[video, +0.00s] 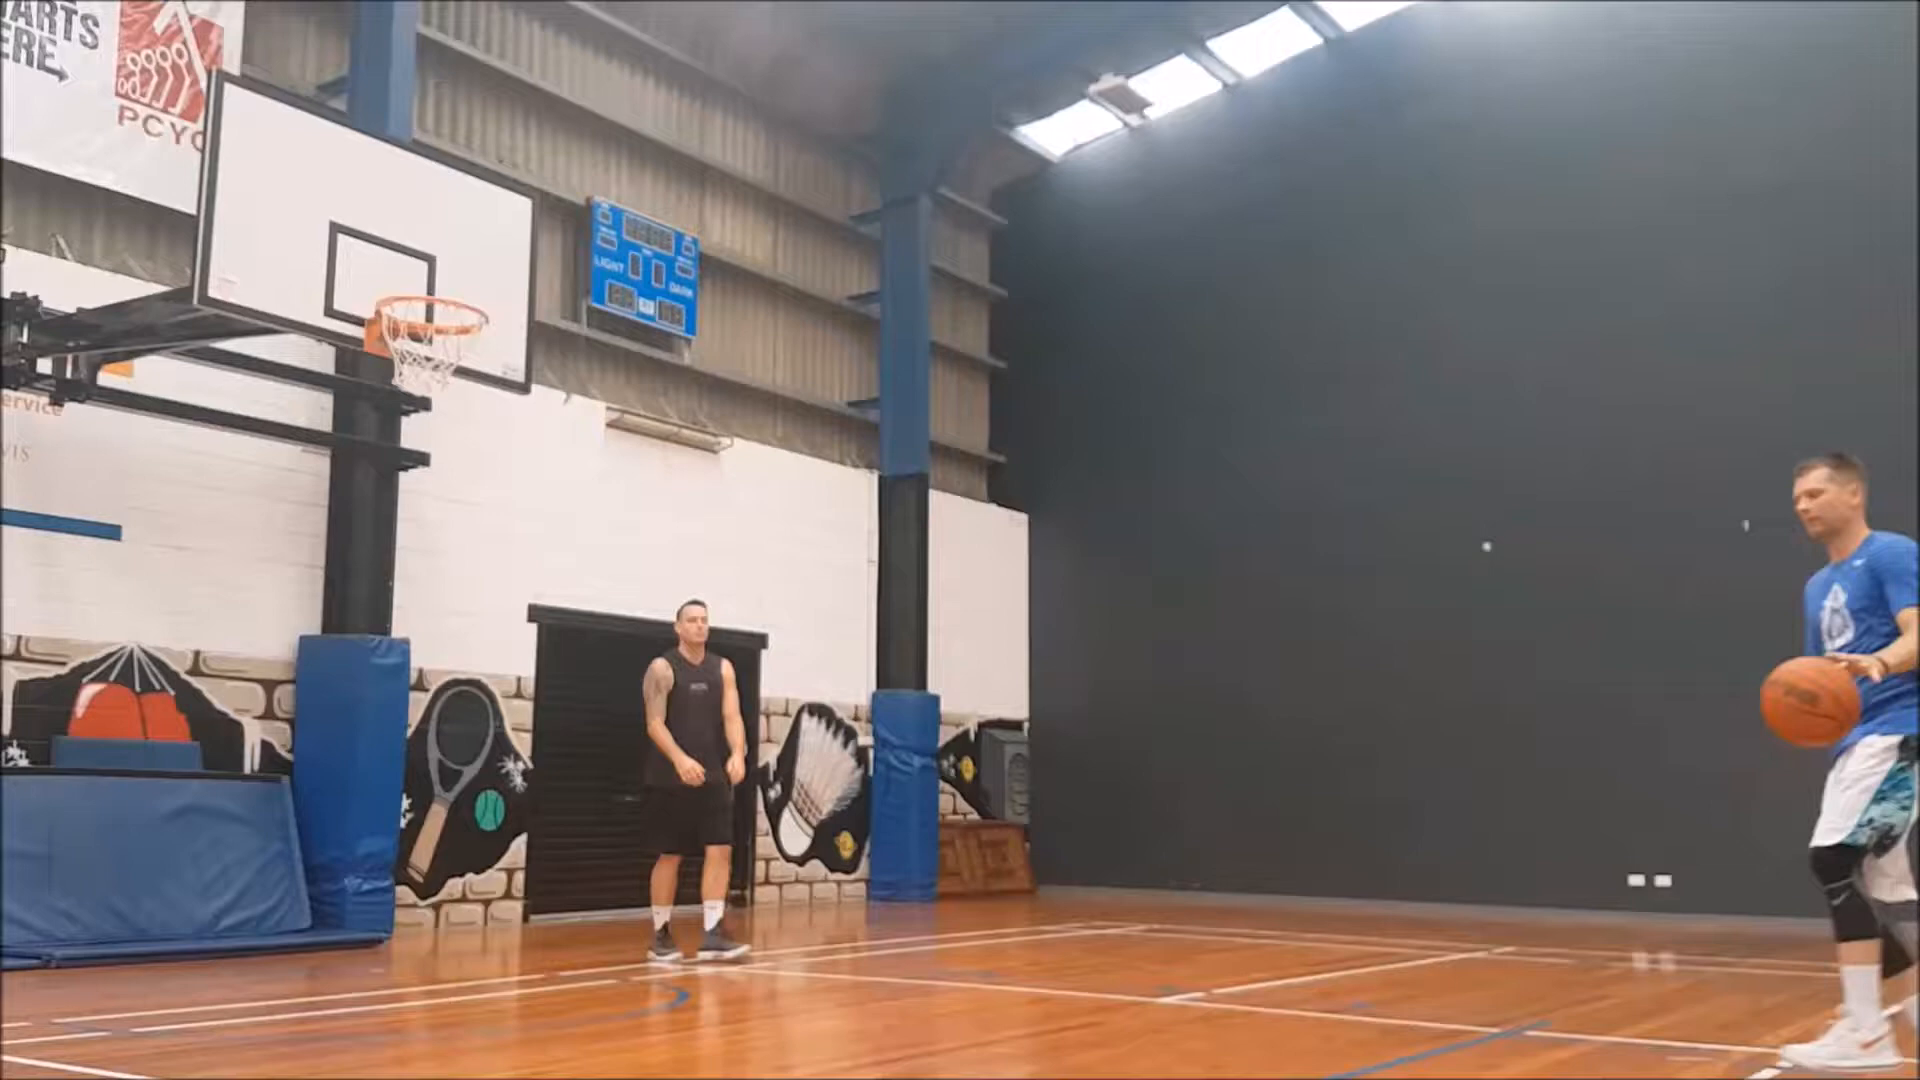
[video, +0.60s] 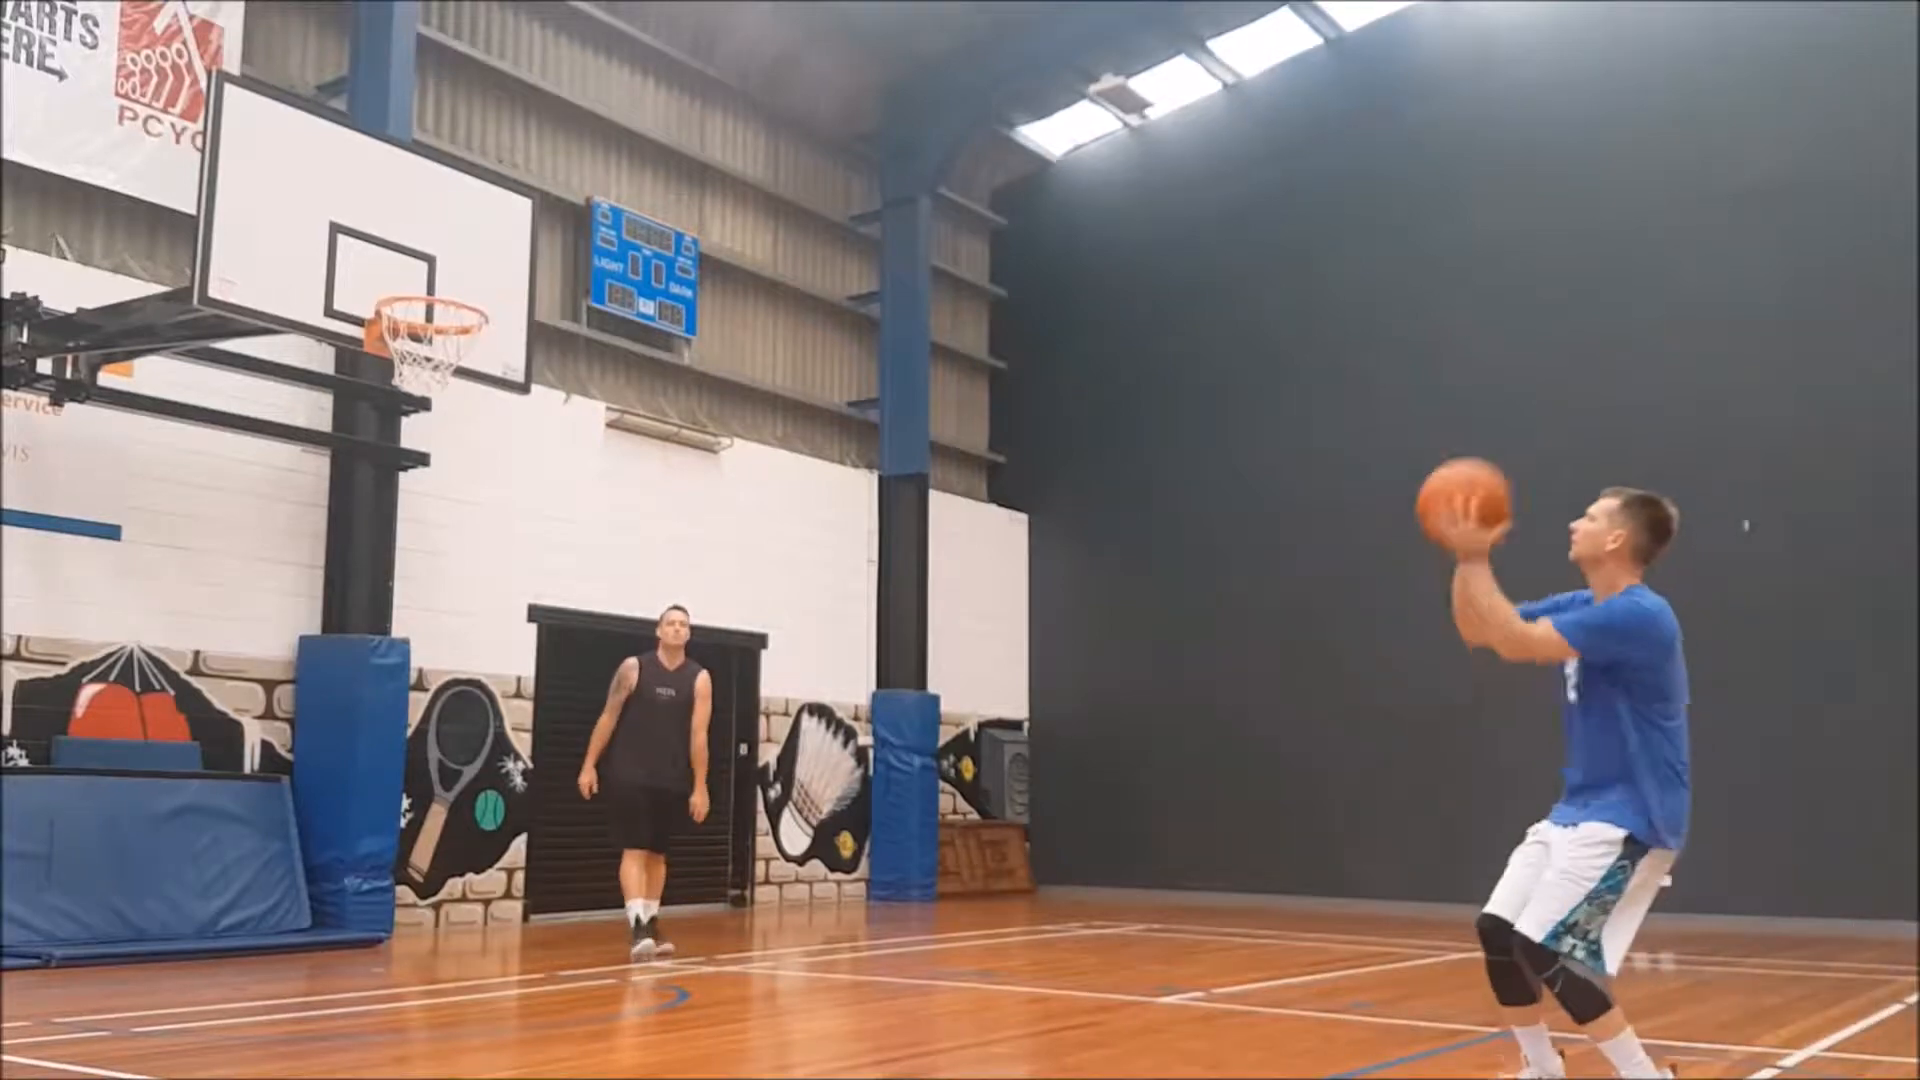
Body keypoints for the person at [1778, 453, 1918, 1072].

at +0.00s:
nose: (1803, 507)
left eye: (1815, 494)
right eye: (1799, 499)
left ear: (1854, 497)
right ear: (1801, 512)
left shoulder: (1893, 553)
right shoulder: (1817, 587)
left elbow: (1917, 638)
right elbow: (1825, 671)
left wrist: (1881, 662)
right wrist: (1803, 696)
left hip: (1898, 731)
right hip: (1865, 738)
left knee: (1834, 857)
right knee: (1886, 894)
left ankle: (1865, 1027)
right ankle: (1915, 1015)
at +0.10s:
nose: (1767, 521)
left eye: (1779, 509)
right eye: (1763, 513)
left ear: (1819, 512)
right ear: (1764, 525)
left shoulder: (1857, 570)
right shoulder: (1786, 603)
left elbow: (1904, 653)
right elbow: (1811, 682)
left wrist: (1884, 666)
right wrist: (1765, 713)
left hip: (1872, 751)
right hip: (1830, 758)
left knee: (1796, 877)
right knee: (1826, 922)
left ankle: (1785, 1046)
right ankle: (1905, 1059)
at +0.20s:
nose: (1703, 541)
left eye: (1718, 530)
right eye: (1703, 532)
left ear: (1759, 537)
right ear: (1712, 546)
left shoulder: (1800, 598)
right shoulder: (1734, 632)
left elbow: (1882, 678)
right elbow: (1761, 718)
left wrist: (1854, 707)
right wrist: (1712, 759)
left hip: (1818, 797)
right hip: (1780, 798)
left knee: (1740, 927)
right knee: (1782, 963)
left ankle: (1691, 1066)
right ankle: (1895, 1060)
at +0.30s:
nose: (1647, 552)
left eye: (1662, 541)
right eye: (1651, 542)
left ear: (1702, 555)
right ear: (1688, 558)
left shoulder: (1743, 623)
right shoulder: (1677, 649)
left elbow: (1813, 714)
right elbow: (1713, 747)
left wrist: (1756, 773)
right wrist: (1650, 793)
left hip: (1775, 816)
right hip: (1723, 812)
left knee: (1675, 940)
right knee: (1645, 938)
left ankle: (1659, 1071)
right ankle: (1795, 1021)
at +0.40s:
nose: (1607, 553)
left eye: (1622, 544)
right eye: (1614, 543)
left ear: (1656, 563)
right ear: (1643, 563)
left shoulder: (1699, 634)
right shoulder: (1629, 653)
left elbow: (1710, 746)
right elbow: (1635, 752)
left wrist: (1620, 799)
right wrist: (1582, 795)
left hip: (1726, 816)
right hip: (1667, 813)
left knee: (1612, 924)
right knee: (1570, 910)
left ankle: (1657, 1066)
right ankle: (1636, 1054)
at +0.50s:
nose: (1586, 543)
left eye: (1601, 536)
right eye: (1594, 534)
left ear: (1632, 557)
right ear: (1627, 558)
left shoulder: (1666, 633)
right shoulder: (1598, 641)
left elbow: (1608, 734)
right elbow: (1556, 715)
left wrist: (1498, 719)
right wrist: (1483, 705)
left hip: (1683, 819)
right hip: (1625, 813)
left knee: (1577, 933)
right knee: (1531, 922)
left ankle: (1647, 1073)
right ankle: (1543, 1069)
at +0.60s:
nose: (1573, 525)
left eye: (1588, 518)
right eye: (1581, 516)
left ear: (1618, 538)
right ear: (1614, 540)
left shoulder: (1641, 614)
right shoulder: (1581, 606)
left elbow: (1519, 641)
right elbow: (1482, 630)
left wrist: (1477, 560)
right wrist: (1466, 557)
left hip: (1634, 817)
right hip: (1579, 807)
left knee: (1546, 945)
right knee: (1499, 930)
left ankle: (1644, 1073)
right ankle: (1542, 1069)